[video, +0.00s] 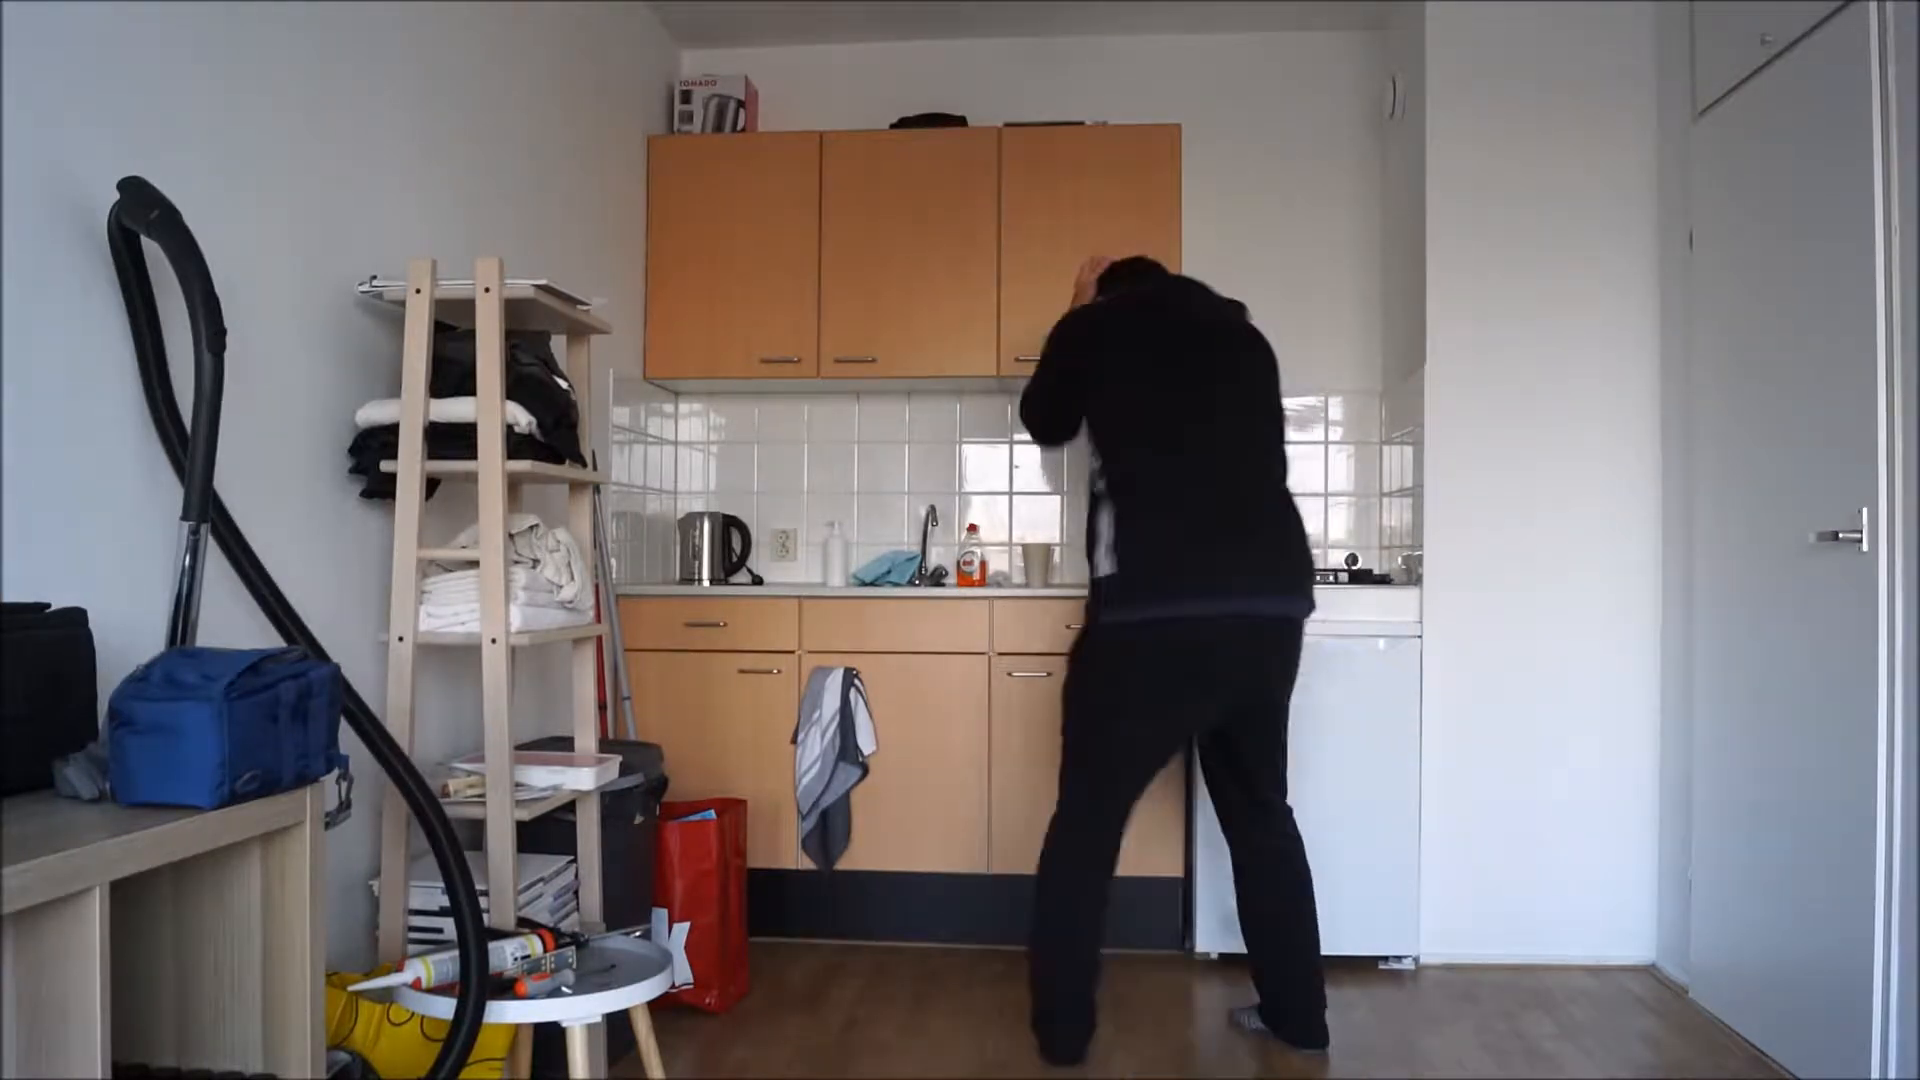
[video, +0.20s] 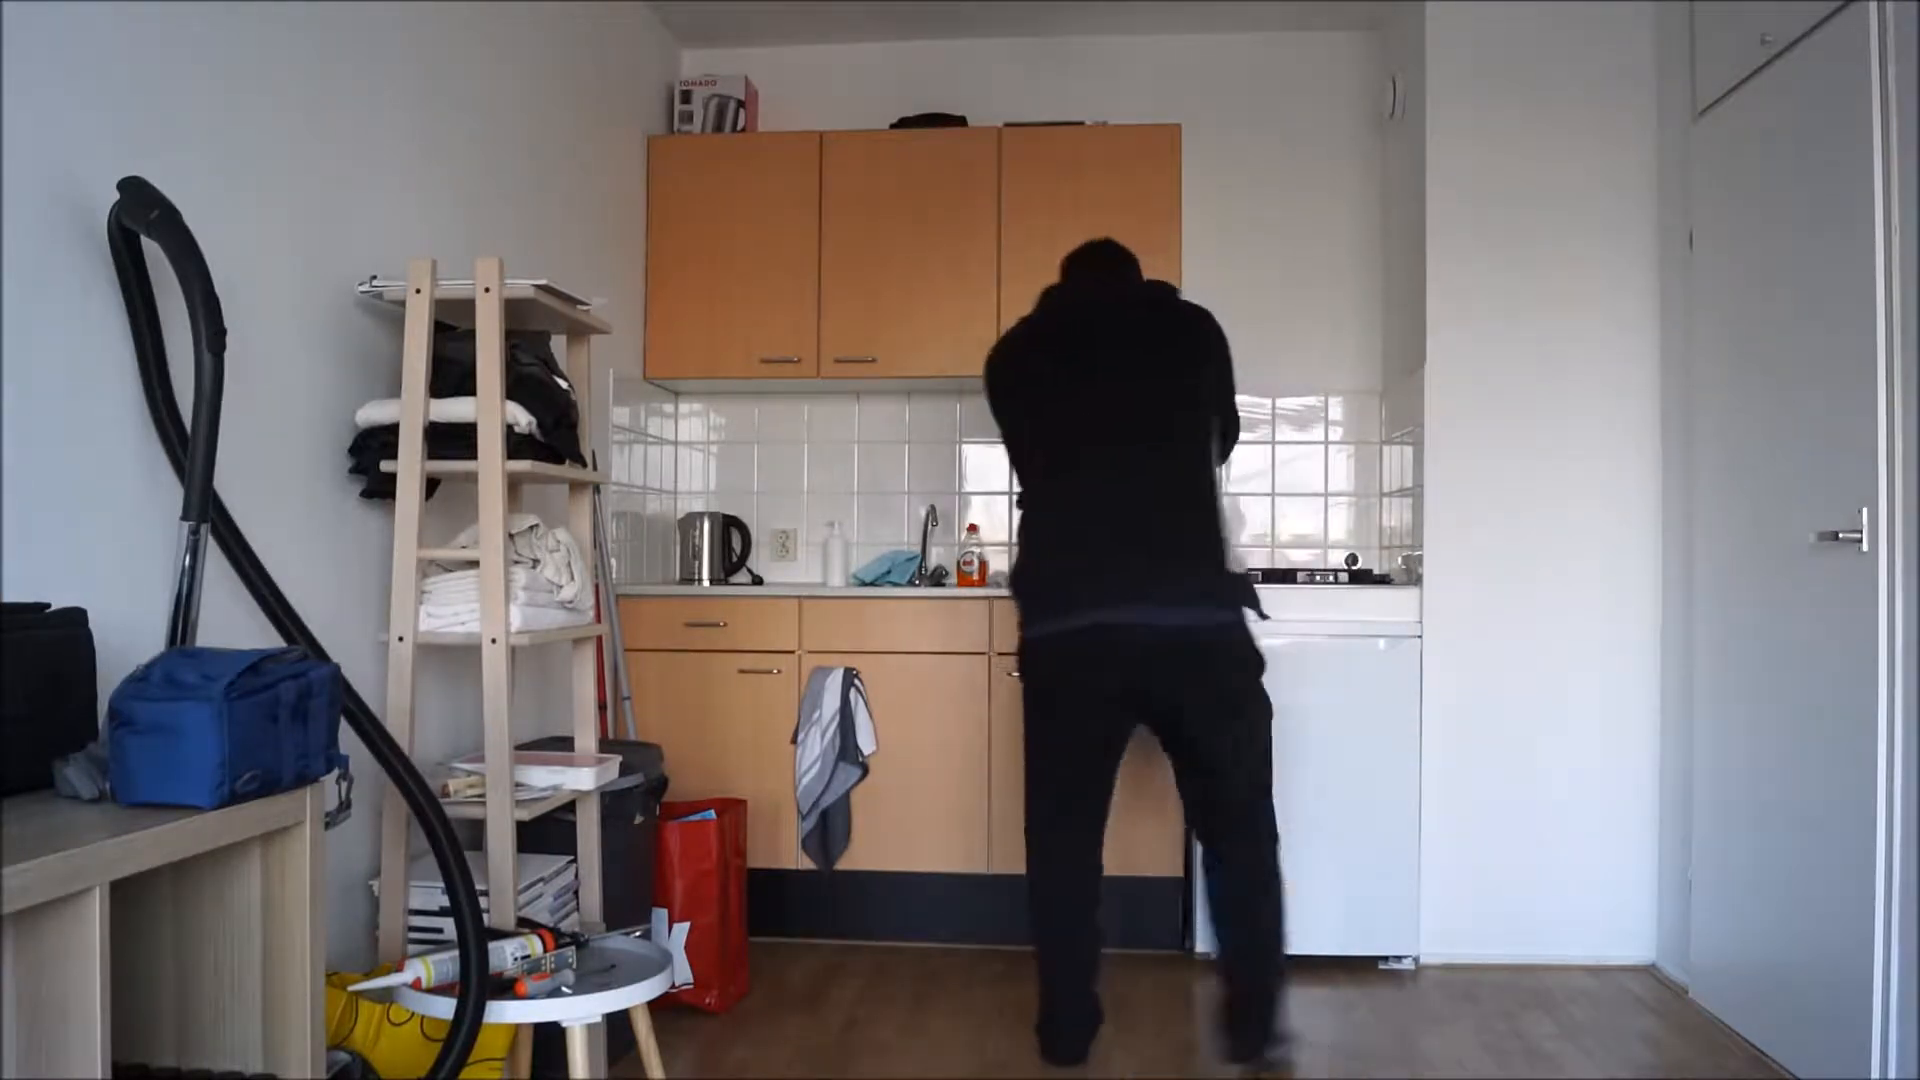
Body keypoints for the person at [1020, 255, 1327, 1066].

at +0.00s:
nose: (1090, 293)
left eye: (1093, 288)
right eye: (1098, 287)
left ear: (1107, 292)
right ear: (1174, 285)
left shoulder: (1092, 332)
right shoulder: (1246, 337)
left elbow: (1046, 422)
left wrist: (1077, 318)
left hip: (1151, 613)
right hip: (1267, 610)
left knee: (1087, 817)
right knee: (1259, 807)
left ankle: (1063, 1028)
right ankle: (1300, 1015)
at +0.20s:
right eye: (1135, 272)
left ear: (1061, 284)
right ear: (1140, 278)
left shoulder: (1013, 352)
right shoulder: (1191, 325)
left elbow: (1034, 465)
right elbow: (1220, 435)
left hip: (1071, 631)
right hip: (1192, 626)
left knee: (1062, 836)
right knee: (1239, 824)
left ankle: (1065, 1032)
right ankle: (1252, 1029)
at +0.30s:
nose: (1133, 273)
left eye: (1115, 267)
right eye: (1132, 264)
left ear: (1049, 271)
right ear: (1128, 269)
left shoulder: (998, 344)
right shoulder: (1168, 314)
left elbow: (1016, 462)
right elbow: (1216, 429)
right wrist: (1153, 354)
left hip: (1046, 618)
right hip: (1156, 613)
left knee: (1061, 820)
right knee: (1217, 791)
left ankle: (1064, 1027)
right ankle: (1149, 1010)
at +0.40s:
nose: (1138, 277)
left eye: (1130, 267)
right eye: (1135, 266)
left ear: (1047, 263)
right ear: (1119, 263)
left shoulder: (985, 337)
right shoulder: (1141, 319)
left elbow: (1007, 452)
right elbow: (1211, 411)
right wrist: (1163, 313)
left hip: (1016, 616)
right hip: (1114, 615)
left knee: (1059, 811)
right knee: (1156, 803)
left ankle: (1062, 1024)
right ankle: (1015, 1014)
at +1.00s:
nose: (1138, 286)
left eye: (1139, 270)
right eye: (1131, 269)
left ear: (1077, 262)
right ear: (1085, 262)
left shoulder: (1057, 324)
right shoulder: (1025, 307)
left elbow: (1138, 424)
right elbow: (1151, 403)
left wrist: (1148, 309)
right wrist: (1153, 298)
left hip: (1018, 610)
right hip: (969, 612)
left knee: (1067, 782)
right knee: (1020, 807)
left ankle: (1030, 976)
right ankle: (956, 1053)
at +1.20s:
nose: (1166, 420)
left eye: (1171, 407)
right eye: (1164, 404)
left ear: (1113, 385)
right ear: (1122, 387)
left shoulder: (1076, 422)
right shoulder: (1054, 411)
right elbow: (1151, 536)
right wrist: (1178, 436)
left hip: (992, 665)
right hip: (943, 671)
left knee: (1089, 791)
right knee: (1056, 837)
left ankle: (1032, 972)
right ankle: (958, 1058)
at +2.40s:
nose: (1096, 319)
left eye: (1098, 304)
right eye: (1091, 303)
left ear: (1041, 293)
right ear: (1049, 293)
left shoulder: (1027, 351)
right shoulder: (990, 335)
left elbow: (1115, 432)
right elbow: (1121, 426)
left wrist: (1107, 335)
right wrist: (1116, 327)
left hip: (1023, 625)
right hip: (968, 625)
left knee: (1084, 783)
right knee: (1004, 815)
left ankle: (1078, 960)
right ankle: (900, 1023)